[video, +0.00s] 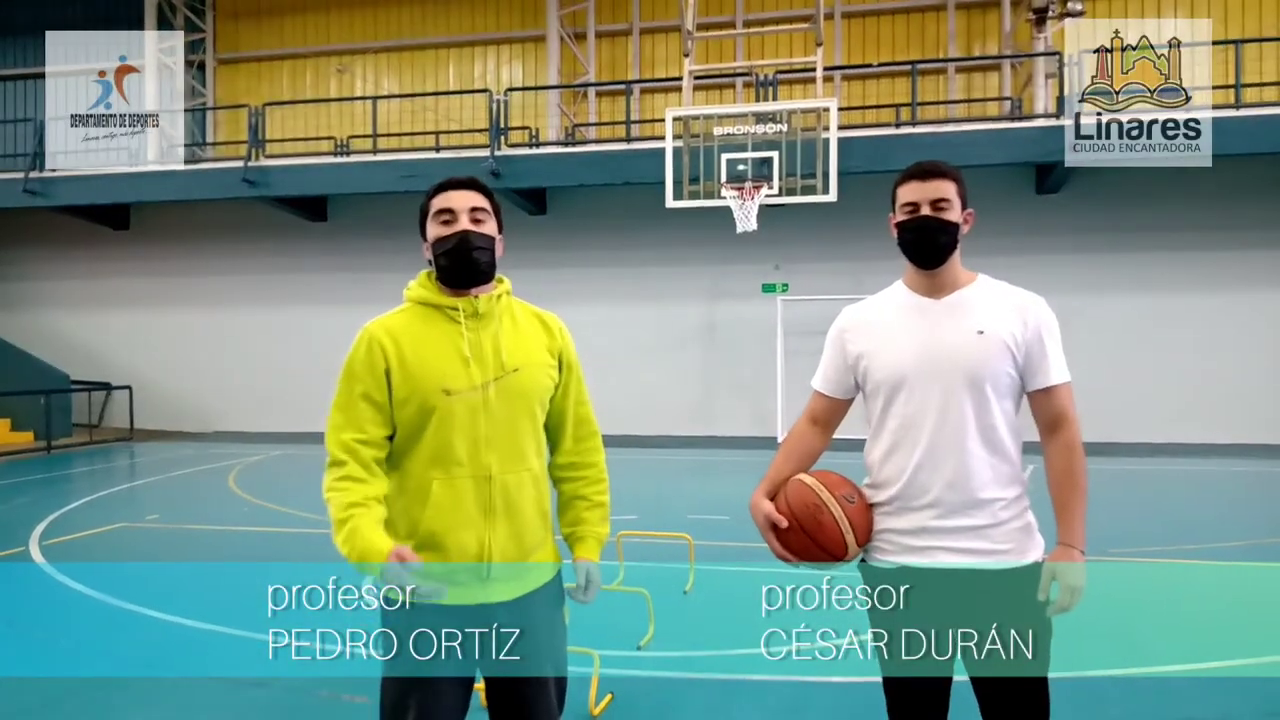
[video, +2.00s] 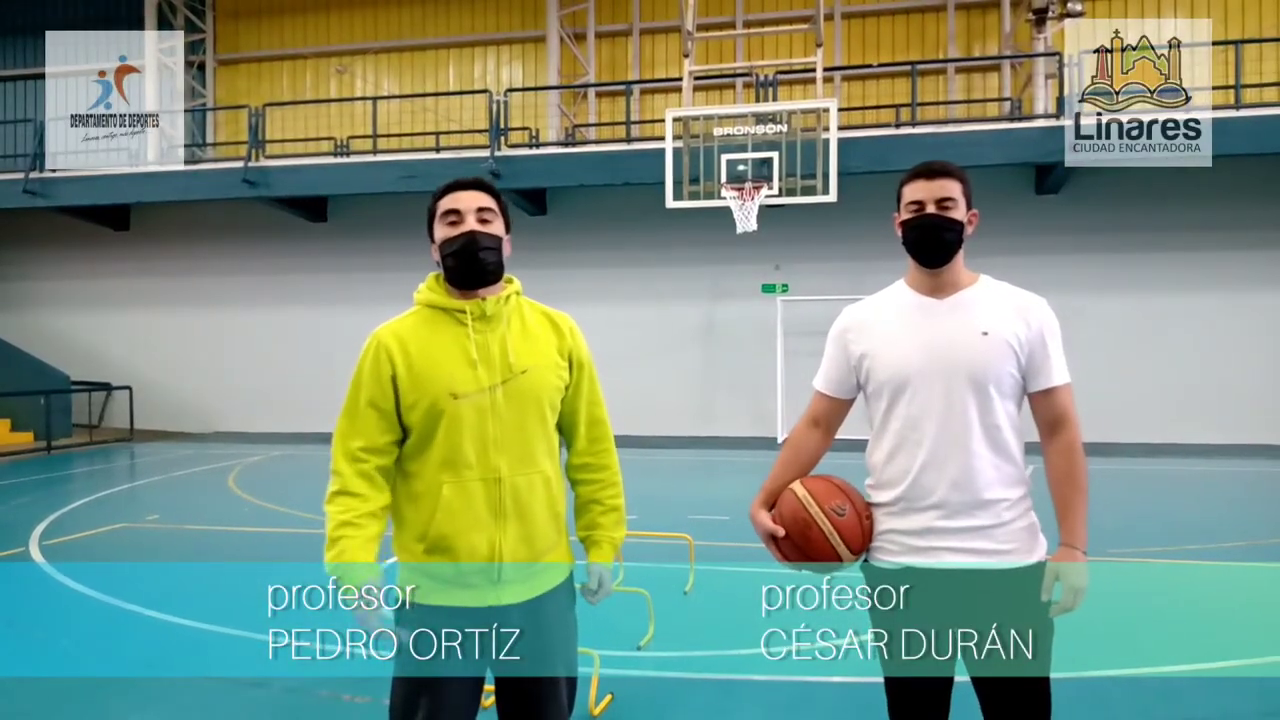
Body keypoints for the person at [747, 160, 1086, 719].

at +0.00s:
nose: (925, 218)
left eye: (940, 207)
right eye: (910, 209)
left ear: (966, 220)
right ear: (893, 227)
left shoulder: (1022, 314)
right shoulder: (858, 324)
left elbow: (1060, 431)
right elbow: (815, 424)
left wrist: (1070, 545)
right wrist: (763, 492)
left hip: (1003, 561)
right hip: (900, 563)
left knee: (1018, 711)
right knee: (913, 713)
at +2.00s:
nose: (929, 217)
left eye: (945, 206)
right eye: (915, 208)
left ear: (971, 220)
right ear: (897, 226)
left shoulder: (1024, 315)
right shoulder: (860, 323)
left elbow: (1060, 432)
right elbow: (816, 425)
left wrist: (1072, 545)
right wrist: (761, 502)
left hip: (1005, 561)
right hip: (901, 562)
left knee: (1020, 710)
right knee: (914, 713)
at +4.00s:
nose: (931, 215)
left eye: (945, 204)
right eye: (916, 208)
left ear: (972, 220)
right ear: (898, 229)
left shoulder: (1026, 315)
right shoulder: (863, 324)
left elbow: (1062, 430)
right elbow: (818, 426)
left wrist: (1078, 542)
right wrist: (765, 505)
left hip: (1008, 559)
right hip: (906, 561)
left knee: (1022, 711)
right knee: (916, 712)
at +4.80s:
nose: (920, 215)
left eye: (935, 204)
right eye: (905, 210)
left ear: (964, 220)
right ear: (894, 232)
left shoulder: (1023, 313)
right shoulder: (860, 324)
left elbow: (1063, 423)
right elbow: (816, 425)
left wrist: (1060, 500)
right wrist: (763, 496)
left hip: (1001, 556)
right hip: (899, 557)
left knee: (1017, 709)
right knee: (911, 713)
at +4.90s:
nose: (915, 215)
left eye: (930, 204)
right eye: (901, 212)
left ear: (961, 219)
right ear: (891, 234)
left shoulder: (1021, 313)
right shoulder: (859, 324)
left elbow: (1066, 422)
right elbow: (815, 424)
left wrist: (1037, 435)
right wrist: (762, 494)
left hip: (998, 557)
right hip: (896, 557)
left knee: (1017, 710)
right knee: (909, 714)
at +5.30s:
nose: (900, 221)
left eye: (915, 209)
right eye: (887, 218)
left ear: (949, 222)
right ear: (880, 238)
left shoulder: (1003, 310)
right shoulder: (853, 324)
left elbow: (1053, 421)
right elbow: (812, 425)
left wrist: (1016, 348)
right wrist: (761, 489)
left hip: (983, 553)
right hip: (885, 554)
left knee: (1005, 710)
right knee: (902, 711)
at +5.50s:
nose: (946, 239)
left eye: (958, 230)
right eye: (929, 232)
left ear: (976, 250)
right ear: (910, 253)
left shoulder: (1020, 323)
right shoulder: (875, 344)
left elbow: (1102, 397)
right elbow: (855, 455)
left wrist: (1042, 406)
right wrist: (853, 544)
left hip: (1010, 547)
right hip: (915, 550)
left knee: (1022, 691)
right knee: (915, 696)